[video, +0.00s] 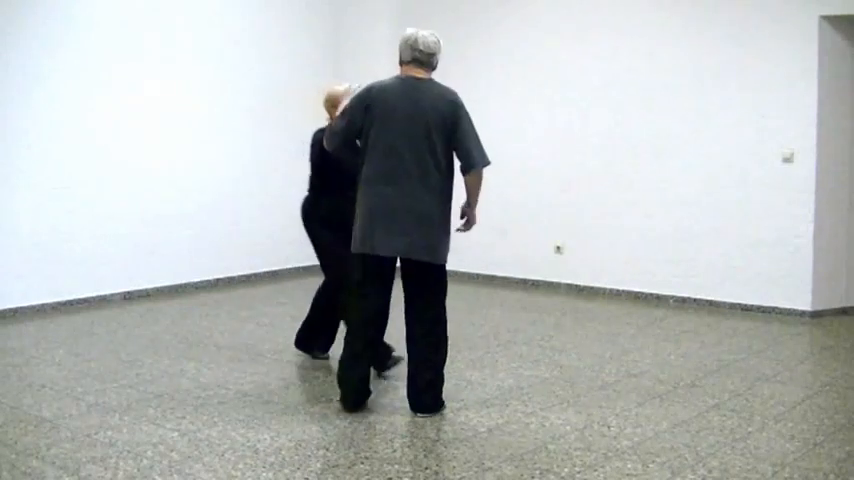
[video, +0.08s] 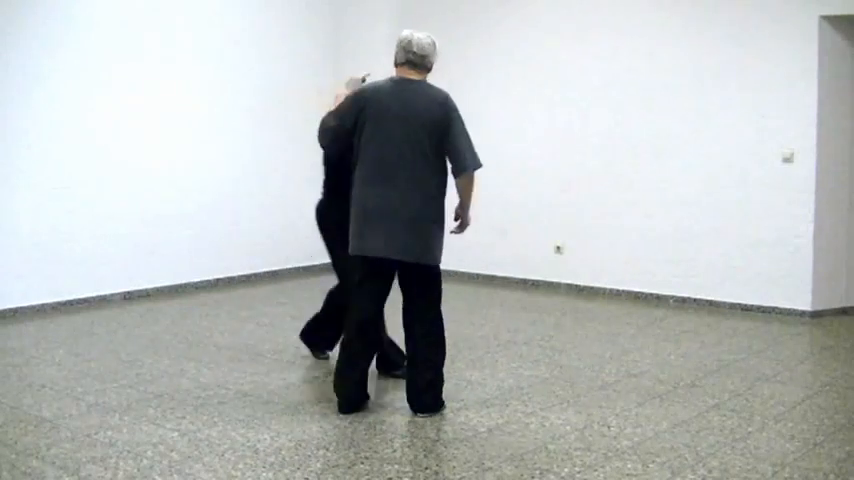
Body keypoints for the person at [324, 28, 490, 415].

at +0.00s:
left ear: (400, 59)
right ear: (434, 63)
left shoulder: (373, 94)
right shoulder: (449, 101)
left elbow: (334, 140)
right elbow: (474, 164)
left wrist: (368, 162)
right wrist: (471, 205)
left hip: (374, 224)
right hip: (427, 226)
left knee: (366, 309)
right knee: (427, 313)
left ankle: (353, 394)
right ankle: (426, 399)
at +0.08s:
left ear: (395, 60)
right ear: (430, 65)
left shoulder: (367, 96)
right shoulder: (441, 102)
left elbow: (328, 137)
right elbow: (465, 166)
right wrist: (464, 206)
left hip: (369, 227)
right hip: (421, 230)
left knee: (362, 312)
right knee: (424, 316)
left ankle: (349, 397)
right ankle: (425, 399)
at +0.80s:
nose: (433, 72)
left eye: (432, 67)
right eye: (431, 67)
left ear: (394, 65)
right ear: (418, 69)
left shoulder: (372, 91)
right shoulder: (406, 107)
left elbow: (424, 83)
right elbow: (413, 178)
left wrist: (461, 65)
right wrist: (451, 187)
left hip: (359, 217)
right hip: (391, 223)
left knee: (372, 298)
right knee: (405, 301)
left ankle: (346, 364)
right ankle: (391, 384)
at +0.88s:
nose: (435, 73)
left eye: (434, 67)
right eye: (432, 67)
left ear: (399, 67)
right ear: (414, 69)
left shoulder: (378, 89)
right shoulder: (402, 105)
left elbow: (431, 83)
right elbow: (415, 175)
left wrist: (469, 64)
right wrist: (460, 184)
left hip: (367, 213)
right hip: (392, 220)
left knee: (381, 292)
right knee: (406, 299)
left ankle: (349, 358)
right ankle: (390, 385)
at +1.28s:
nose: (440, 76)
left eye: (441, 68)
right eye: (436, 69)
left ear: (420, 67)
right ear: (411, 69)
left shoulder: (420, 100)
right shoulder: (387, 107)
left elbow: (454, 120)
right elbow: (417, 171)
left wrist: (501, 108)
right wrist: (476, 180)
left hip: (415, 227)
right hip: (388, 232)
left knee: (433, 284)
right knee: (399, 308)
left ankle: (388, 344)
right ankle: (395, 384)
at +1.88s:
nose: (456, 72)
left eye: (457, 64)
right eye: (450, 65)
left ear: (442, 65)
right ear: (425, 65)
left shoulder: (447, 106)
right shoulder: (398, 102)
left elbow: (450, 159)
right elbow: (393, 162)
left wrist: (463, 178)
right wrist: (445, 177)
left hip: (434, 220)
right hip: (403, 220)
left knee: (424, 293)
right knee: (438, 284)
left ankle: (414, 371)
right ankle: (414, 371)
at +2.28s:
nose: (455, 73)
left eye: (456, 65)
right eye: (451, 65)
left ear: (431, 67)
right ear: (427, 65)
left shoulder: (429, 103)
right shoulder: (401, 99)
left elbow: (431, 155)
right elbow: (401, 150)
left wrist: (462, 166)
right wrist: (454, 155)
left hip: (422, 221)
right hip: (405, 223)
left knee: (427, 291)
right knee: (440, 285)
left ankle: (415, 369)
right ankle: (414, 371)